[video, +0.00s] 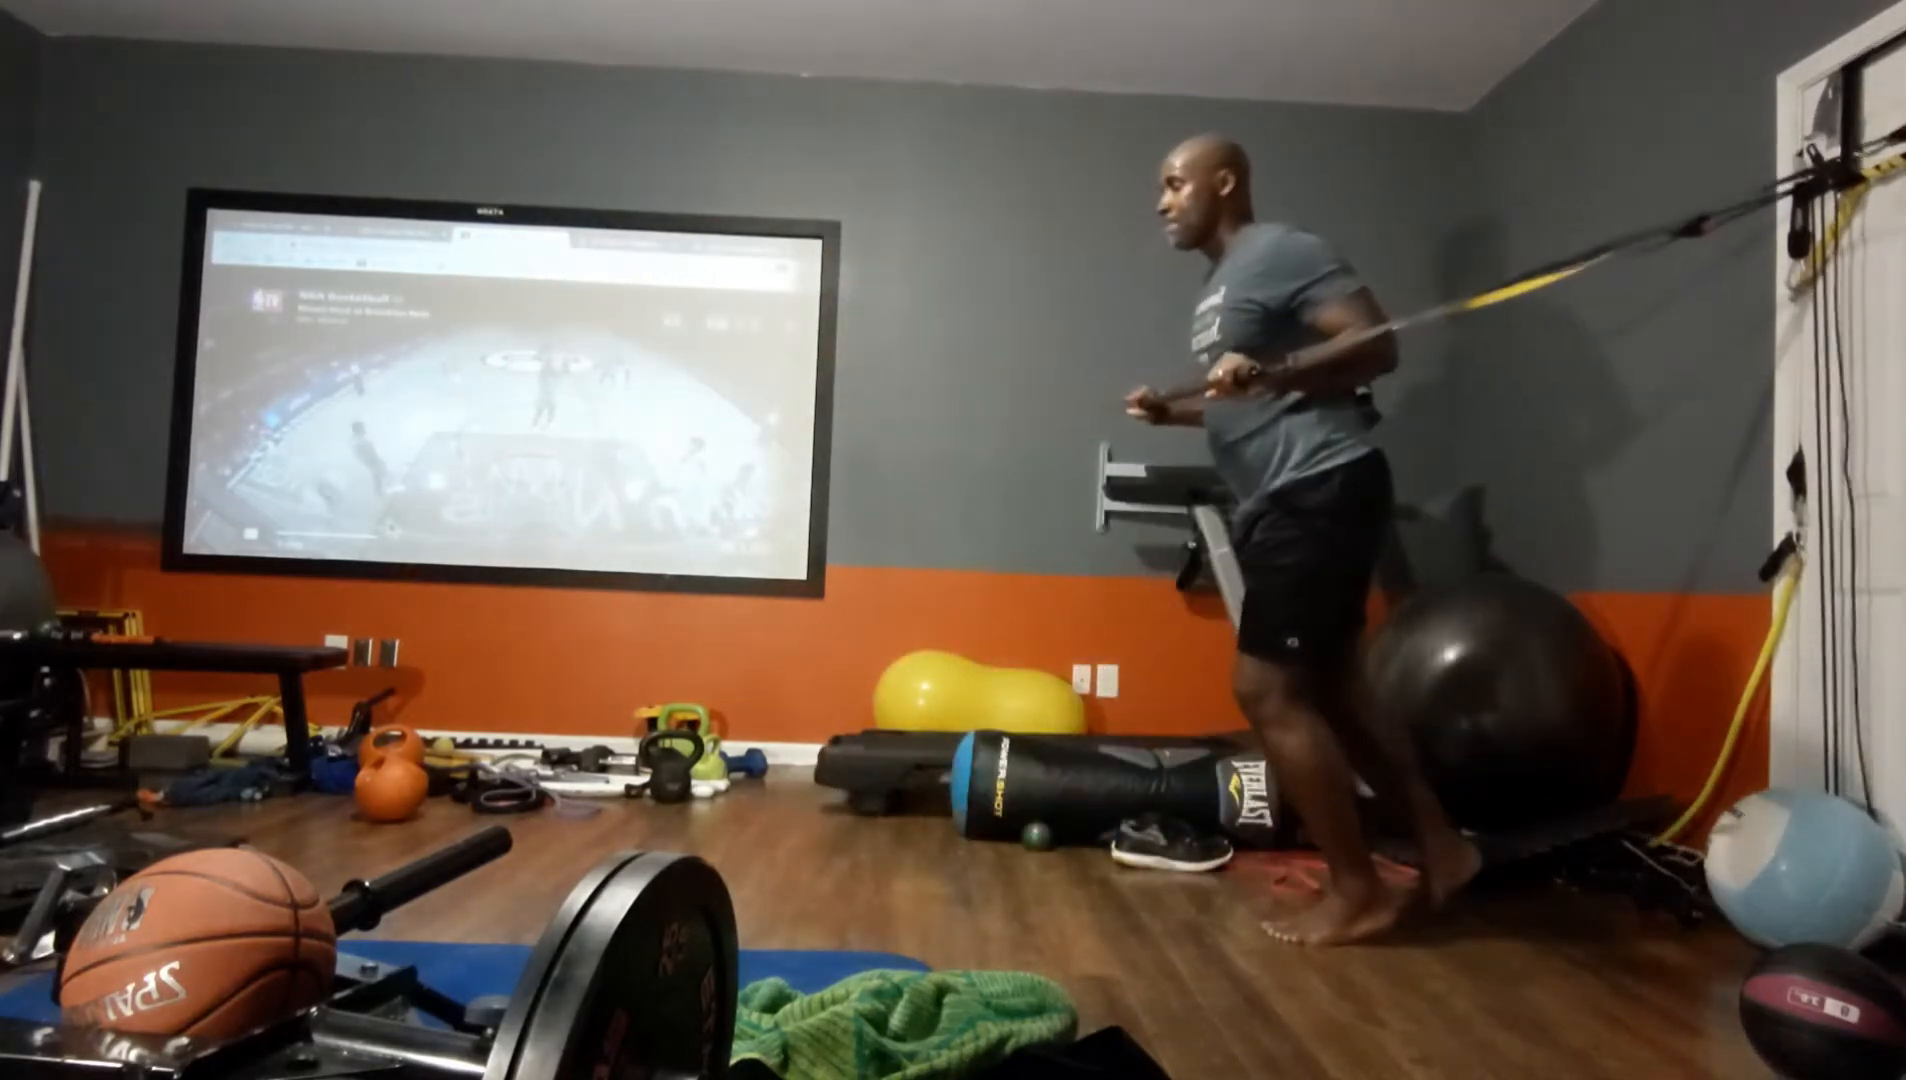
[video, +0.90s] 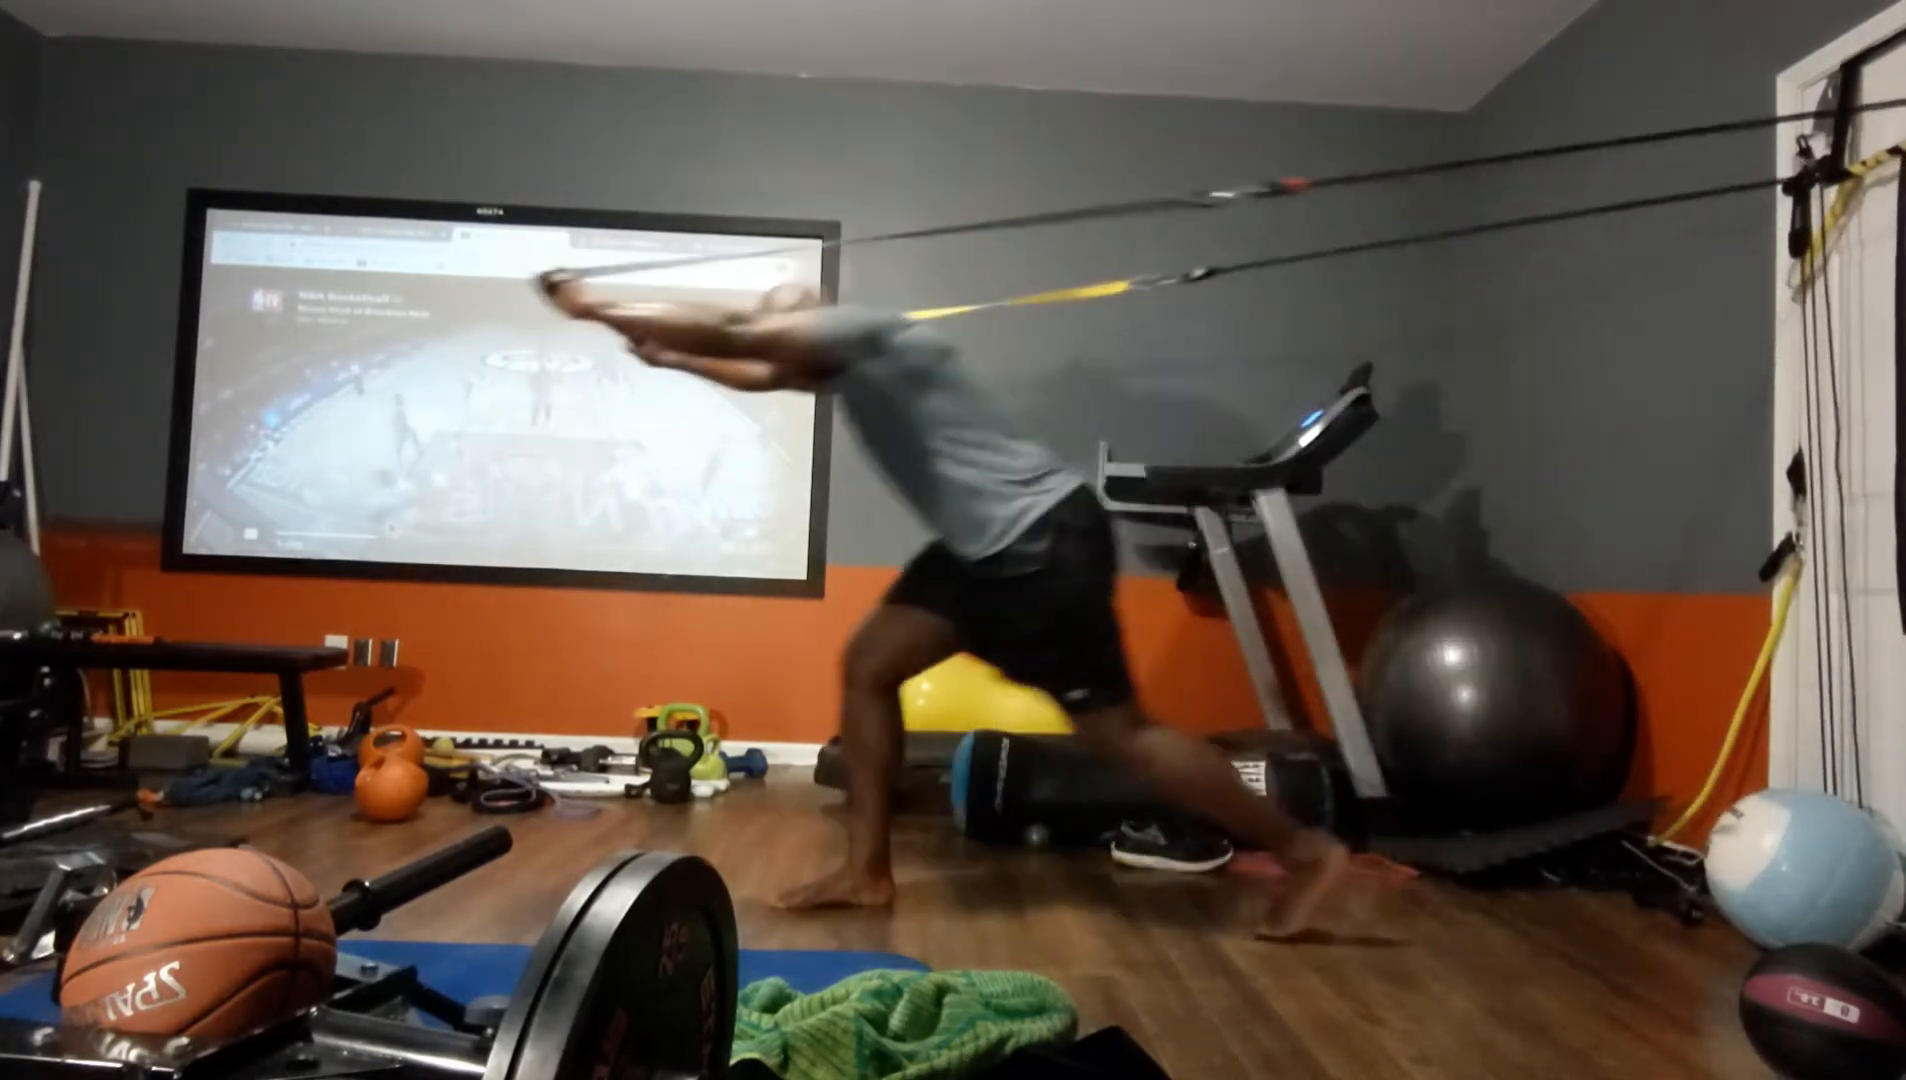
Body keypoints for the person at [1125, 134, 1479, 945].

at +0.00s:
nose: (1162, 202)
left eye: (1174, 185)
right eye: (1162, 188)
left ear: (1226, 186)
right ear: (1204, 195)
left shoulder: (1281, 250)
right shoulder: (1219, 290)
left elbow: (1376, 342)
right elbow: (1255, 401)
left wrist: (1274, 373)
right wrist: (1173, 407)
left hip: (1324, 484)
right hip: (1291, 491)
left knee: (1266, 689)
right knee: (1330, 681)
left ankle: (1355, 891)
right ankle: (1441, 847)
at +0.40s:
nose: (1068, 249)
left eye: (1073, 227)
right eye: (1061, 235)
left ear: (1122, 206)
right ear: (1105, 220)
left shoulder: (1192, 263)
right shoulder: (1132, 306)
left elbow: (1305, 341)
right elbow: (1179, 404)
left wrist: (1209, 376)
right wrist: (1118, 412)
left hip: (1250, 503)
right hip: (1217, 514)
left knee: (1230, 712)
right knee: (1264, 707)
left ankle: (1350, 888)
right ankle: (1404, 828)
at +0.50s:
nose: (1025, 265)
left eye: (1028, 243)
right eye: (1015, 254)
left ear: (1074, 219)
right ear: (1032, 251)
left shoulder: (1139, 269)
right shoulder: (1095, 312)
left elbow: (1255, 343)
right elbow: (1143, 413)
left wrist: (1153, 384)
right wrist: (1080, 415)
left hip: (1220, 504)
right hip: (1172, 520)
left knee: (1222, 721)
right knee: (1151, 712)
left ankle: (1354, 885)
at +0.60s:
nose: (978, 282)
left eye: (981, 259)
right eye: (966, 272)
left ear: (1024, 234)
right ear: (975, 274)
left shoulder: (1086, 281)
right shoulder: (1050, 326)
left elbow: (1151, 358)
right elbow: (1108, 403)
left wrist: (1037, 380)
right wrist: (1033, 416)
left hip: (1189, 514)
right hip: (1134, 529)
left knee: (1212, 725)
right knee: (1046, 671)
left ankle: (1353, 883)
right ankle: (1183, 827)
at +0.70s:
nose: (921, 287)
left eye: (928, 265)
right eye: (910, 278)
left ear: (964, 251)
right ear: (917, 281)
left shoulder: (1027, 285)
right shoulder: (977, 340)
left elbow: (974, 337)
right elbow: (963, 405)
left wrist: (856, 348)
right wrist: (871, 388)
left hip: (1149, 511)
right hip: (1081, 530)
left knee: (1205, 725)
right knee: (971, 649)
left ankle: (1349, 877)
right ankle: (1001, 850)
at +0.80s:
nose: (836, 311)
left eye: (841, 298)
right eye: (835, 303)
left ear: (875, 283)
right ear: (874, 297)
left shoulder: (945, 308)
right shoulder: (919, 352)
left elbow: (814, 321)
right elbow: (835, 375)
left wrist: (687, 320)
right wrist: (734, 359)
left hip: (1095, 525)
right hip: (1034, 542)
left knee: (1180, 732)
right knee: (923, 672)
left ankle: (1343, 871)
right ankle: (879, 867)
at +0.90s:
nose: (763, 339)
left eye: (764, 323)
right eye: (760, 328)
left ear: (792, 305)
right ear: (803, 306)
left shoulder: (865, 330)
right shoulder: (851, 369)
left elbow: (734, 331)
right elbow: (756, 373)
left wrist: (599, 307)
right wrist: (663, 352)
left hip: (1044, 537)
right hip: (976, 551)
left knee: (1120, 738)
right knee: (869, 667)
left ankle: (1316, 857)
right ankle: (865, 873)